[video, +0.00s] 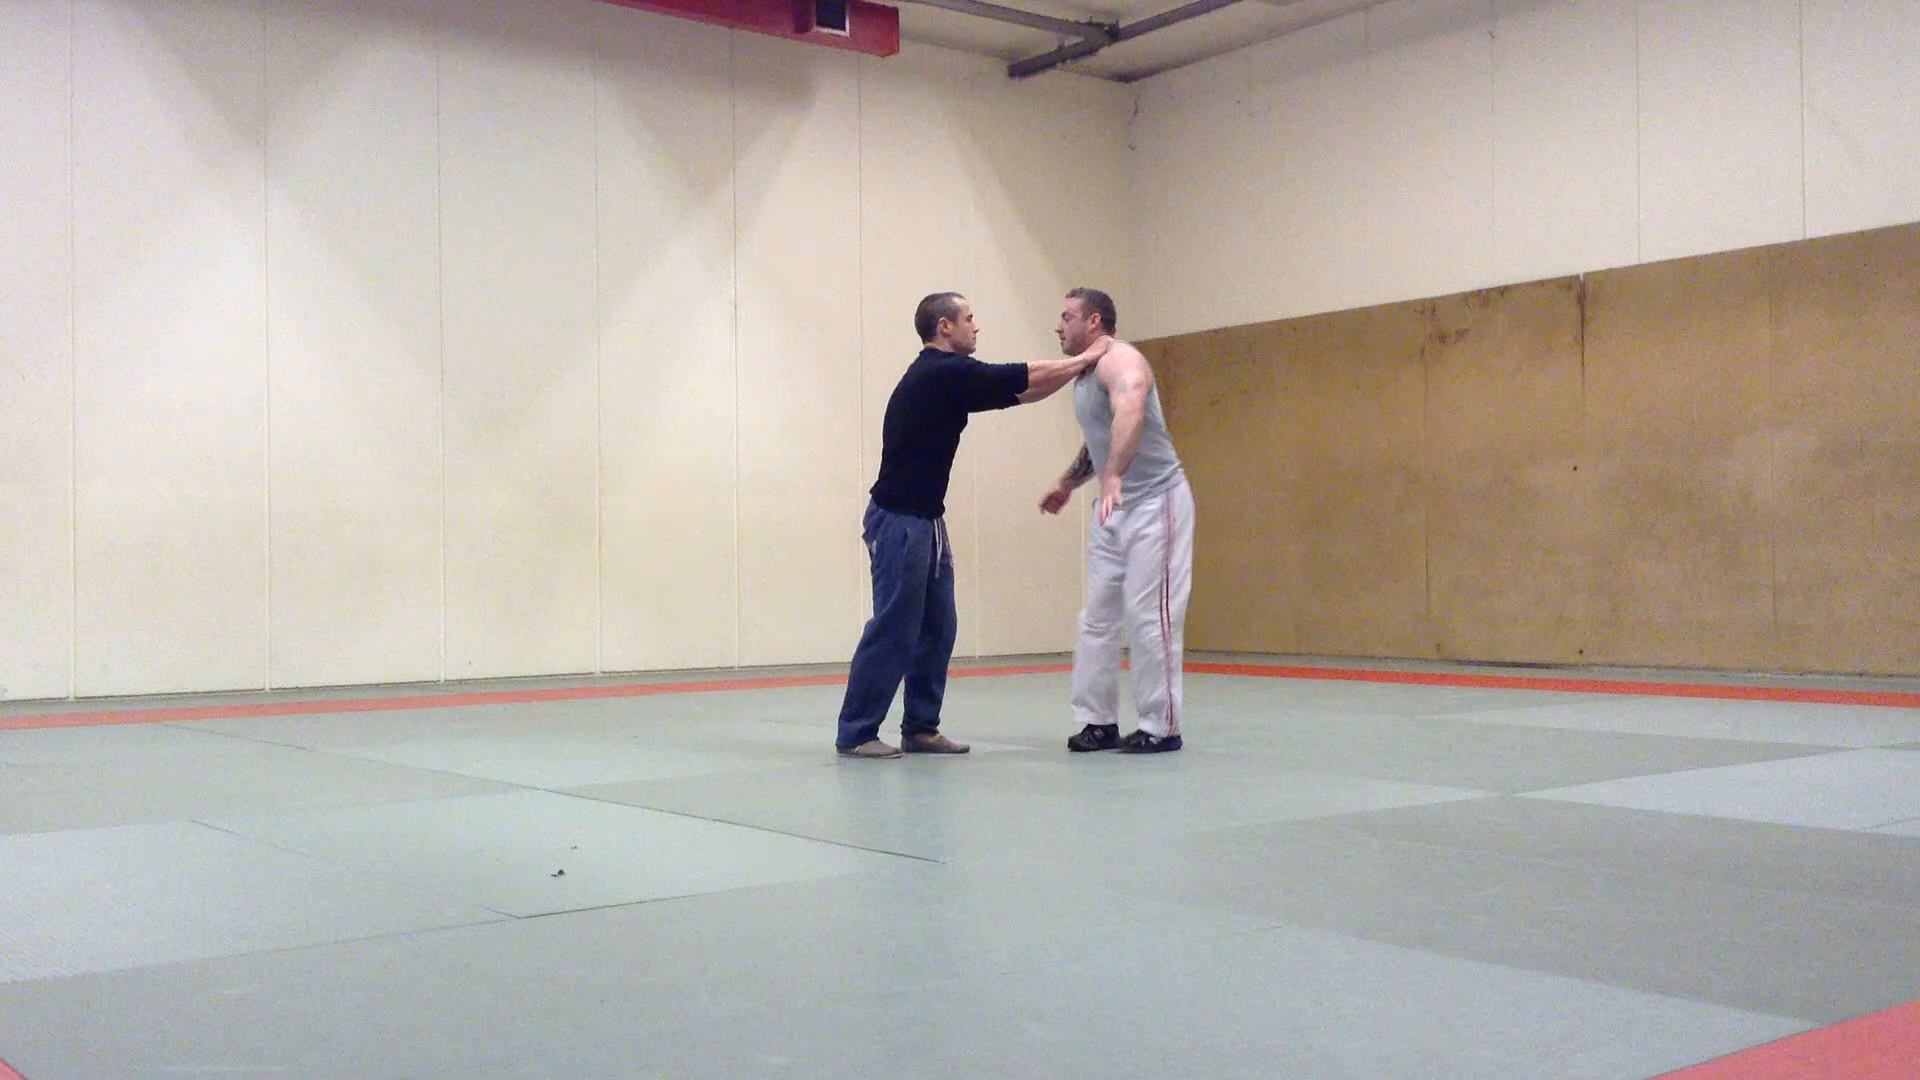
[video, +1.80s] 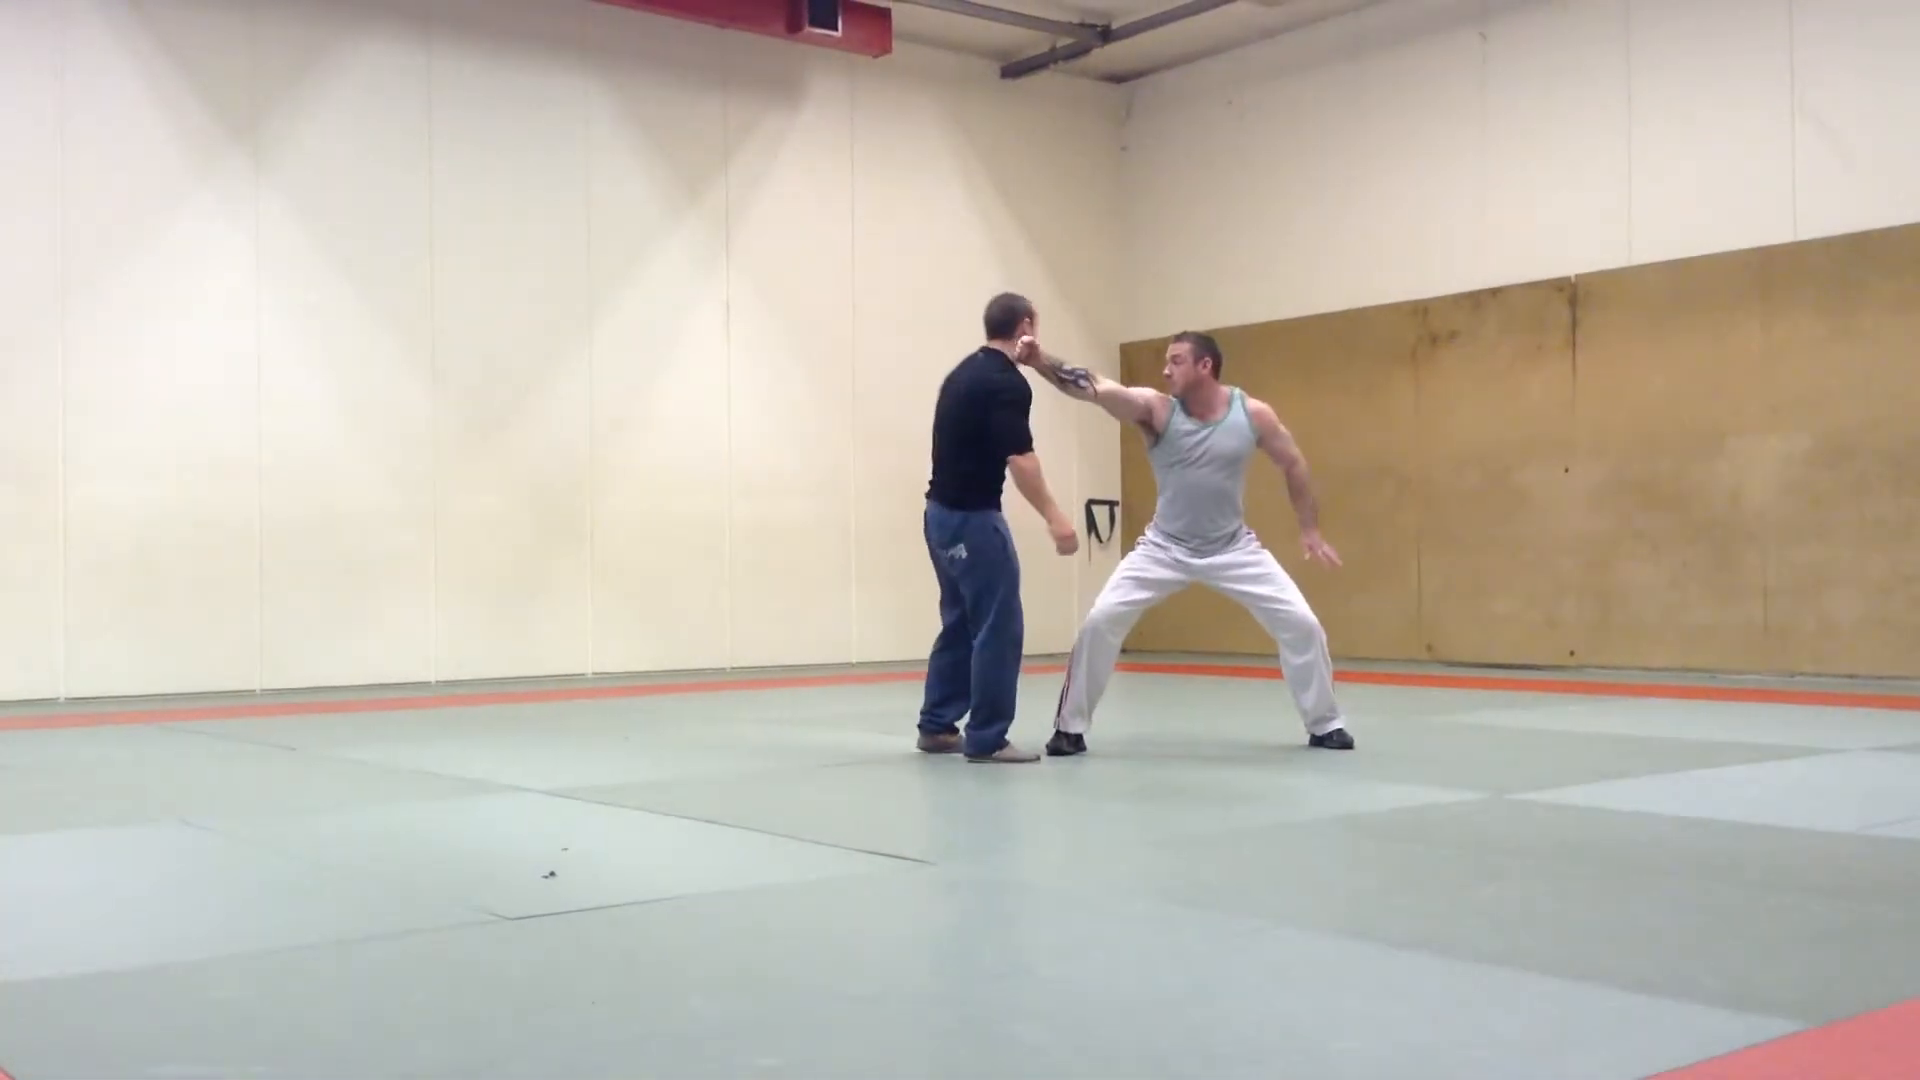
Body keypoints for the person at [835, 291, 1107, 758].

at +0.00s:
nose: (977, 327)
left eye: (974, 318)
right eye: (969, 319)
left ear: (941, 329)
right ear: (944, 327)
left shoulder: (947, 374)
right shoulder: (940, 372)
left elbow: (1022, 393)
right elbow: (1023, 375)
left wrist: (1078, 366)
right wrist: (1084, 358)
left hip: (928, 521)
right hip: (899, 521)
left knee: (937, 628)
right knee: (894, 626)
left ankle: (920, 731)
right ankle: (855, 735)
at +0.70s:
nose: (1021, 321)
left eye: (1020, 314)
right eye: (1012, 315)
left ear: (991, 323)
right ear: (982, 322)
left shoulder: (996, 372)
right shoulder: (970, 362)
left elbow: (1055, 420)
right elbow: (1051, 402)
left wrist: (1116, 429)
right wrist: (1129, 406)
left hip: (944, 502)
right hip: (916, 501)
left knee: (952, 606)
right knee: (941, 602)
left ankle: (922, 711)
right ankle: (913, 712)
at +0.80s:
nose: (1031, 330)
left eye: (1030, 322)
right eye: (1021, 323)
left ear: (1000, 329)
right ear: (990, 327)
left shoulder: (1017, 383)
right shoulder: (958, 373)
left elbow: (1057, 427)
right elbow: (1003, 421)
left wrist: (1084, 448)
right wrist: (1062, 442)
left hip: (963, 508)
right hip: (928, 507)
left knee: (965, 612)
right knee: (961, 612)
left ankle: (923, 712)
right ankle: (985, 729)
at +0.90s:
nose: (1035, 340)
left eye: (1035, 333)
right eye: (1027, 333)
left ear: (1012, 338)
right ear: (996, 338)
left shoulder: (1029, 397)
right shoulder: (954, 387)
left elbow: (1053, 450)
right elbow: (968, 452)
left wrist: (1057, 488)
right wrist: (1015, 487)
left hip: (978, 519)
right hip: (943, 518)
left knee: (981, 619)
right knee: (986, 616)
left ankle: (924, 715)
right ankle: (987, 733)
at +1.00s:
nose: (1047, 346)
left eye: (1046, 338)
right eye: (1037, 338)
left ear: (1018, 344)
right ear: (1007, 343)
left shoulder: (1041, 403)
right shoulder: (962, 394)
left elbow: (1052, 467)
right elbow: (941, 465)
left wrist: (1034, 510)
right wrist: (964, 518)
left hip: (989, 522)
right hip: (950, 521)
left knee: (990, 625)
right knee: (998, 623)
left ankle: (926, 713)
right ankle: (987, 737)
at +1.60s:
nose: (1061, 340)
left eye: (1060, 331)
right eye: (1056, 331)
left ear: (1025, 334)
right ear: (1031, 335)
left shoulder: (1006, 379)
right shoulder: (1004, 385)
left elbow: (1016, 460)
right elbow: (1002, 468)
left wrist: (1049, 501)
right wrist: (1030, 523)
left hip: (955, 517)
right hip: (969, 521)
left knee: (969, 622)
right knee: (999, 626)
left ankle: (937, 722)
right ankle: (987, 739)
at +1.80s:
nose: (1037, 337)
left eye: (1036, 328)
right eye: (1035, 328)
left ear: (988, 328)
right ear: (1024, 329)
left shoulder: (964, 371)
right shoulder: (1007, 382)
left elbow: (950, 445)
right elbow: (1021, 462)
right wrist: (1056, 520)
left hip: (942, 517)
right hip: (976, 523)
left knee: (960, 623)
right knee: (1000, 628)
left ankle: (937, 726)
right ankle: (987, 740)